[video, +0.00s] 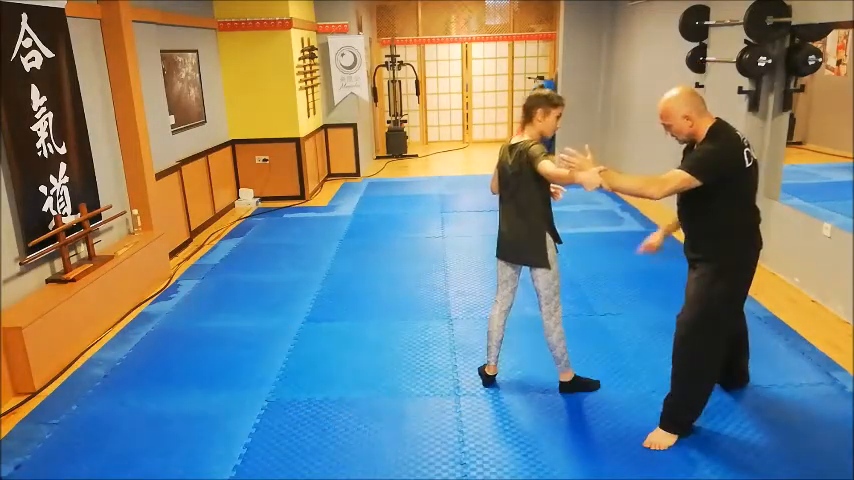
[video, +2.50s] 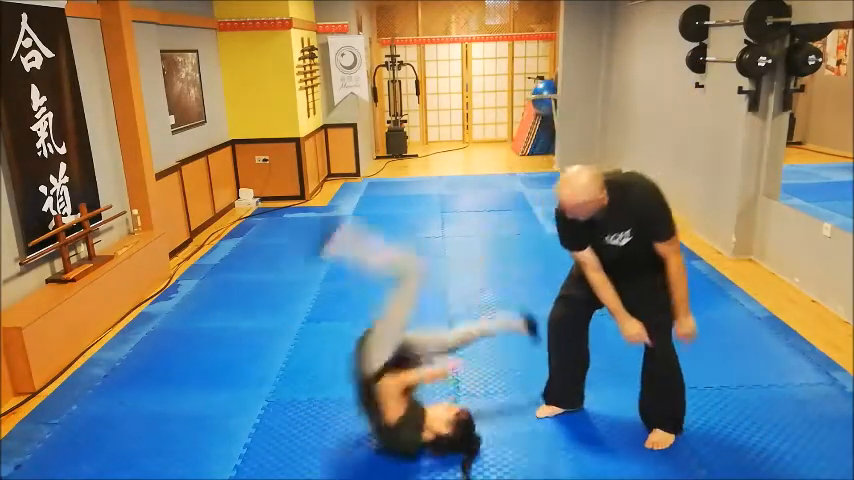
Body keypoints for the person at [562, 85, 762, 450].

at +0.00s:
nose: (668, 133)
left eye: (670, 125)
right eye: (666, 126)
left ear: (690, 117)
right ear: (690, 117)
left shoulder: (717, 150)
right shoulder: (717, 139)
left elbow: (657, 188)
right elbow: (704, 202)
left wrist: (601, 177)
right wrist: (665, 231)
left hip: (723, 258)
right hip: (719, 249)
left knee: (693, 331)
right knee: (725, 313)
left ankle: (676, 422)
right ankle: (732, 373)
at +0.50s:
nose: (663, 137)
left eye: (666, 130)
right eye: (662, 131)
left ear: (689, 123)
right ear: (686, 124)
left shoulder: (716, 156)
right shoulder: (692, 148)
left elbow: (654, 195)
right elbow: (646, 179)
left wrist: (597, 184)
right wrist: (596, 174)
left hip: (721, 264)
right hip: (700, 258)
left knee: (685, 331)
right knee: (719, 315)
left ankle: (668, 422)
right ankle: (731, 373)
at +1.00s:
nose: (643, 139)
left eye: (646, 132)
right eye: (641, 133)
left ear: (669, 125)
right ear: (668, 124)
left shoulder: (700, 158)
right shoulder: (673, 148)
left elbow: (632, 205)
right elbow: (619, 174)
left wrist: (576, 196)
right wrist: (567, 175)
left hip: (705, 273)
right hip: (670, 260)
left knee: (674, 344)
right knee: (642, 317)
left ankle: (669, 425)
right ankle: (667, 379)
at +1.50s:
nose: (597, 152)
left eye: (600, 146)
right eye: (594, 147)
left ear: (623, 138)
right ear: (619, 137)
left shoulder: (657, 168)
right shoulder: (621, 158)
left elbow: (598, 225)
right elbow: (583, 192)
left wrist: (545, 222)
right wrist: (537, 206)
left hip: (671, 270)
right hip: (631, 261)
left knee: (663, 346)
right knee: (594, 324)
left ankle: (666, 425)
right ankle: (571, 396)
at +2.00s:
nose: (525, 241)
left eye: (529, 235)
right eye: (522, 235)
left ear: (552, 226)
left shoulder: (589, 229)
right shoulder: (544, 224)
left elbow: (553, 292)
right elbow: (519, 278)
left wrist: (509, 327)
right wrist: (486, 322)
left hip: (645, 270)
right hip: (598, 270)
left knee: (643, 345)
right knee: (559, 320)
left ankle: (662, 425)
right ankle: (564, 398)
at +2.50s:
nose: (570, 213)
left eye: (576, 207)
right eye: (566, 207)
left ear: (601, 199)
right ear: (563, 197)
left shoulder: (641, 195)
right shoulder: (565, 212)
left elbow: (673, 255)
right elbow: (593, 269)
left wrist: (683, 313)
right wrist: (623, 319)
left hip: (644, 267)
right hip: (596, 265)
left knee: (658, 337)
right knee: (563, 318)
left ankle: (665, 422)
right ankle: (564, 398)